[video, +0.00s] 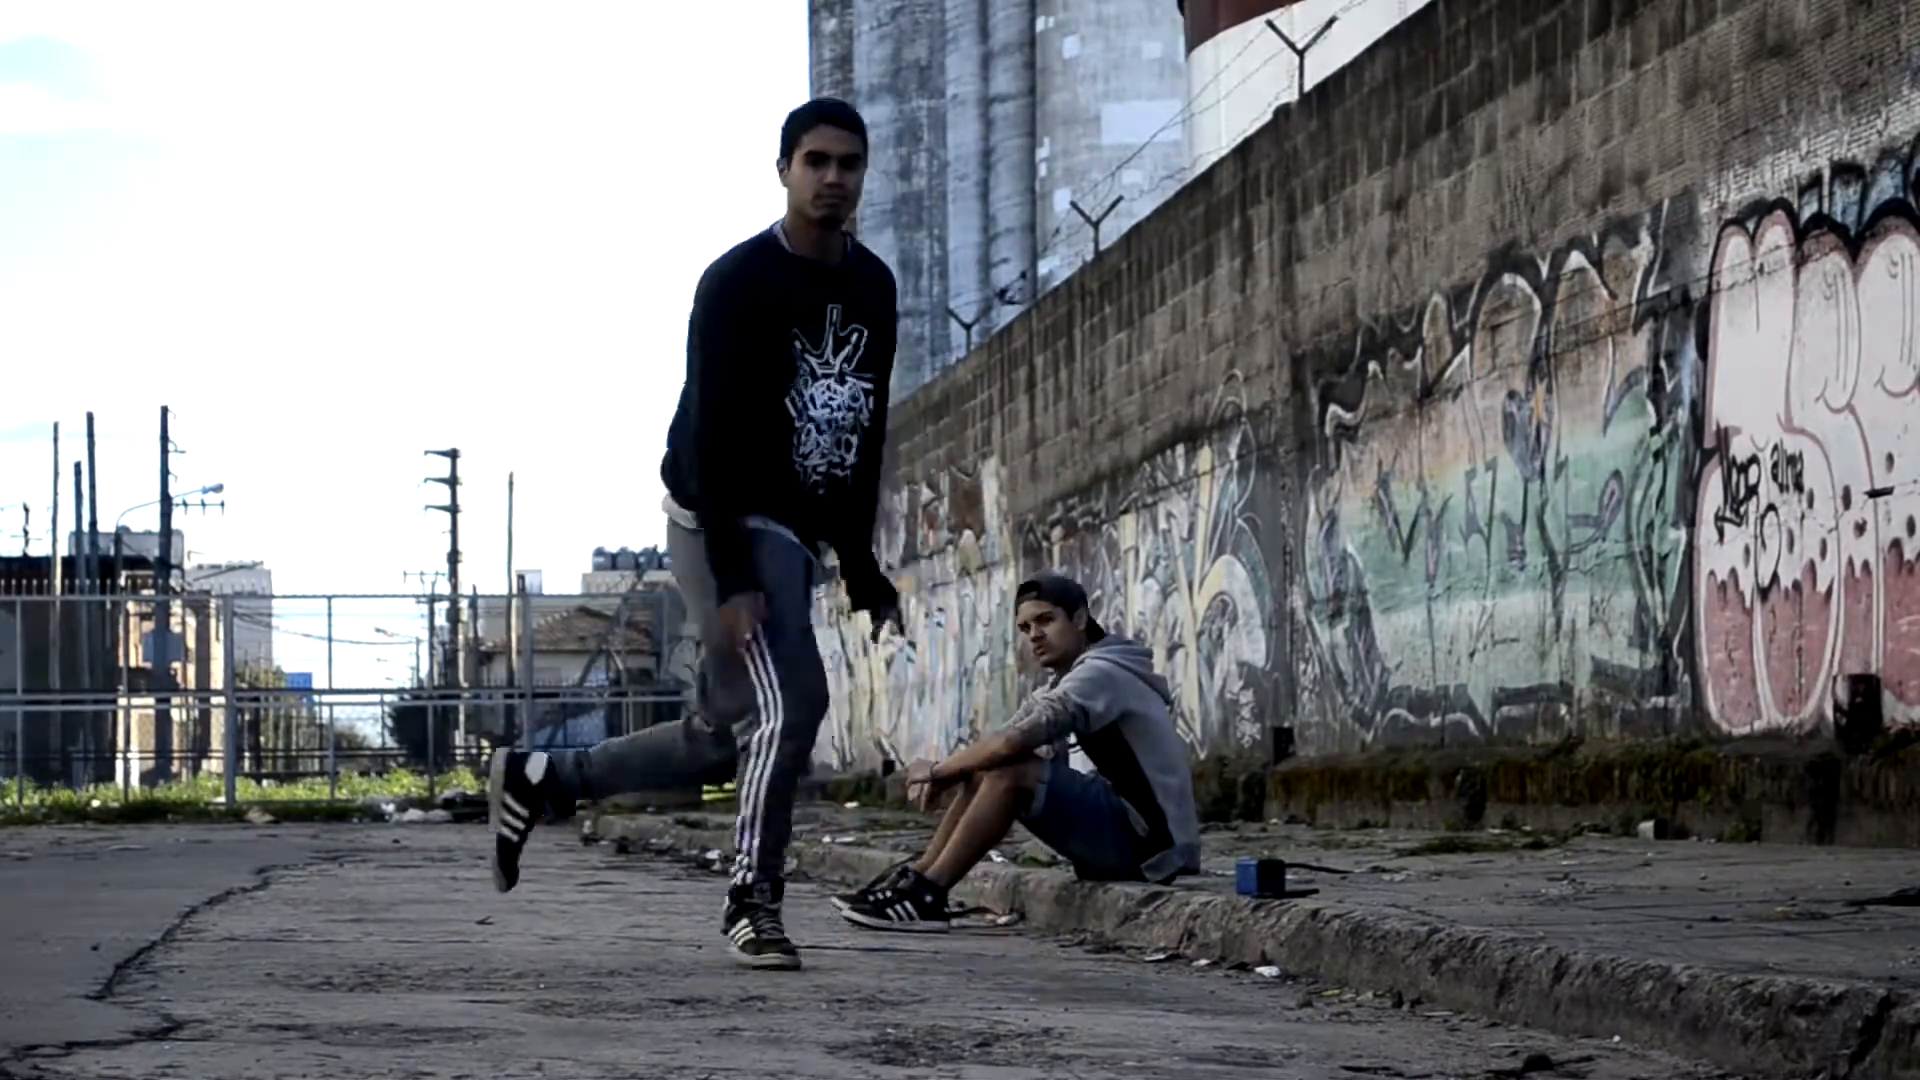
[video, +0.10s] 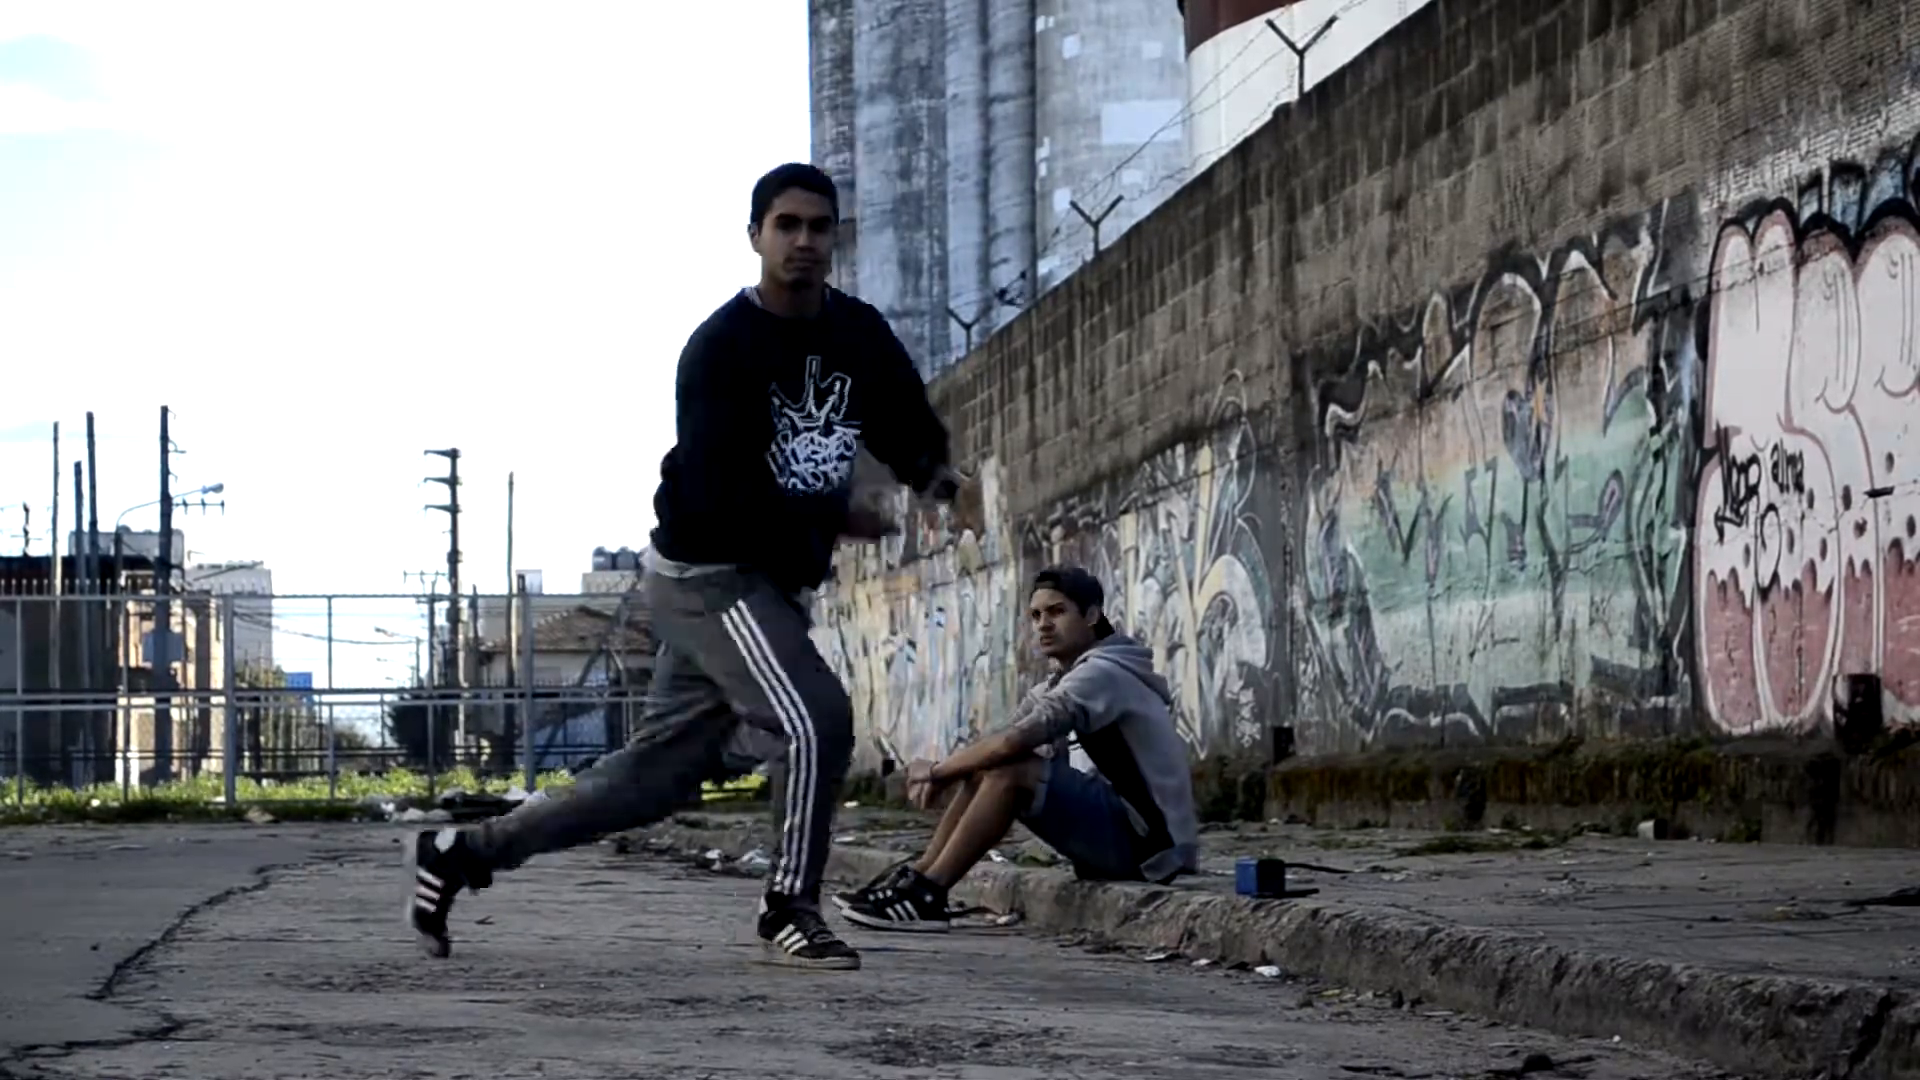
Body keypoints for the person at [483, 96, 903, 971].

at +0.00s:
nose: (836, 179)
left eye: (851, 164)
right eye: (818, 161)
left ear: (865, 176)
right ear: (785, 171)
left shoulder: (872, 286)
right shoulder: (738, 281)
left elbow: (863, 434)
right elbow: (710, 435)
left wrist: (858, 559)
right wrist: (730, 582)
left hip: (793, 526)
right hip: (727, 516)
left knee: (719, 739)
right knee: (794, 703)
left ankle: (539, 779)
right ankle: (754, 902)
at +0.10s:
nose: (805, 241)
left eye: (820, 226)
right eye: (788, 224)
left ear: (836, 237)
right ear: (757, 234)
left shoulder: (858, 331)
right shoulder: (723, 345)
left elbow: (904, 419)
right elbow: (723, 494)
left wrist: (932, 476)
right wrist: (839, 519)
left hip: (760, 577)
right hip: (705, 574)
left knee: (660, 775)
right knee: (817, 718)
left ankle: (461, 854)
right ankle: (791, 910)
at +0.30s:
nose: (839, 319)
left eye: (840, 305)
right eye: (824, 305)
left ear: (785, 318)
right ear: (767, 317)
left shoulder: (806, 408)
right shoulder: (724, 401)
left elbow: (796, 539)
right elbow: (762, 489)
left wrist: (834, 637)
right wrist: (851, 503)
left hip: (663, 623)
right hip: (663, 617)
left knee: (600, 825)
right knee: (813, 723)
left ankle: (397, 873)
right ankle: (790, 915)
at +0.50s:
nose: (695, 220)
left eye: (699, 207)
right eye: (700, 206)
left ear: (716, 213)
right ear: (780, 229)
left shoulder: (632, 290)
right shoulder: (808, 334)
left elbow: (529, 387)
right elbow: (790, 457)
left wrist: (568, 484)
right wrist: (716, 504)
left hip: (597, 550)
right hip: (711, 566)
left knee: (544, 713)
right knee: (811, 713)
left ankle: (452, 852)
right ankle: (787, 906)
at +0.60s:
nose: (632, 212)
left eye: (641, 195)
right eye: (633, 196)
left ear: (686, 197)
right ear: (714, 203)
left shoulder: (632, 264)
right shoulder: (784, 312)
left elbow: (540, 304)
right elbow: (804, 449)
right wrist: (723, 459)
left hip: (606, 537)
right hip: (720, 553)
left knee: (495, 673)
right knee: (760, 727)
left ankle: (477, 852)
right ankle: (801, 893)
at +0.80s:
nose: (573, 223)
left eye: (585, 205)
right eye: (571, 207)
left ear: (637, 204)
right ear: (638, 212)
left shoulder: (657, 291)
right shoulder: (692, 292)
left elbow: (605, 326)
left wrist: (546, 297)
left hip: (658, 548)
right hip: (729, 547)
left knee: (531, 714)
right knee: (747, 739)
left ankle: (502, 907)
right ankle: (868, 887)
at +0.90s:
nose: (579, 182)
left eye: (588, 163)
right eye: (573, 167)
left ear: (641, 152)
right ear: (631, 162)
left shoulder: (666, 234)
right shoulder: (679, 233)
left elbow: (673, 327)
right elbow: (663, 361)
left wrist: (591, 306)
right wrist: (579, 350)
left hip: (685, 496)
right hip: (749, 484)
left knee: (621, 686)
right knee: (773, 689)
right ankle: (889, 812)